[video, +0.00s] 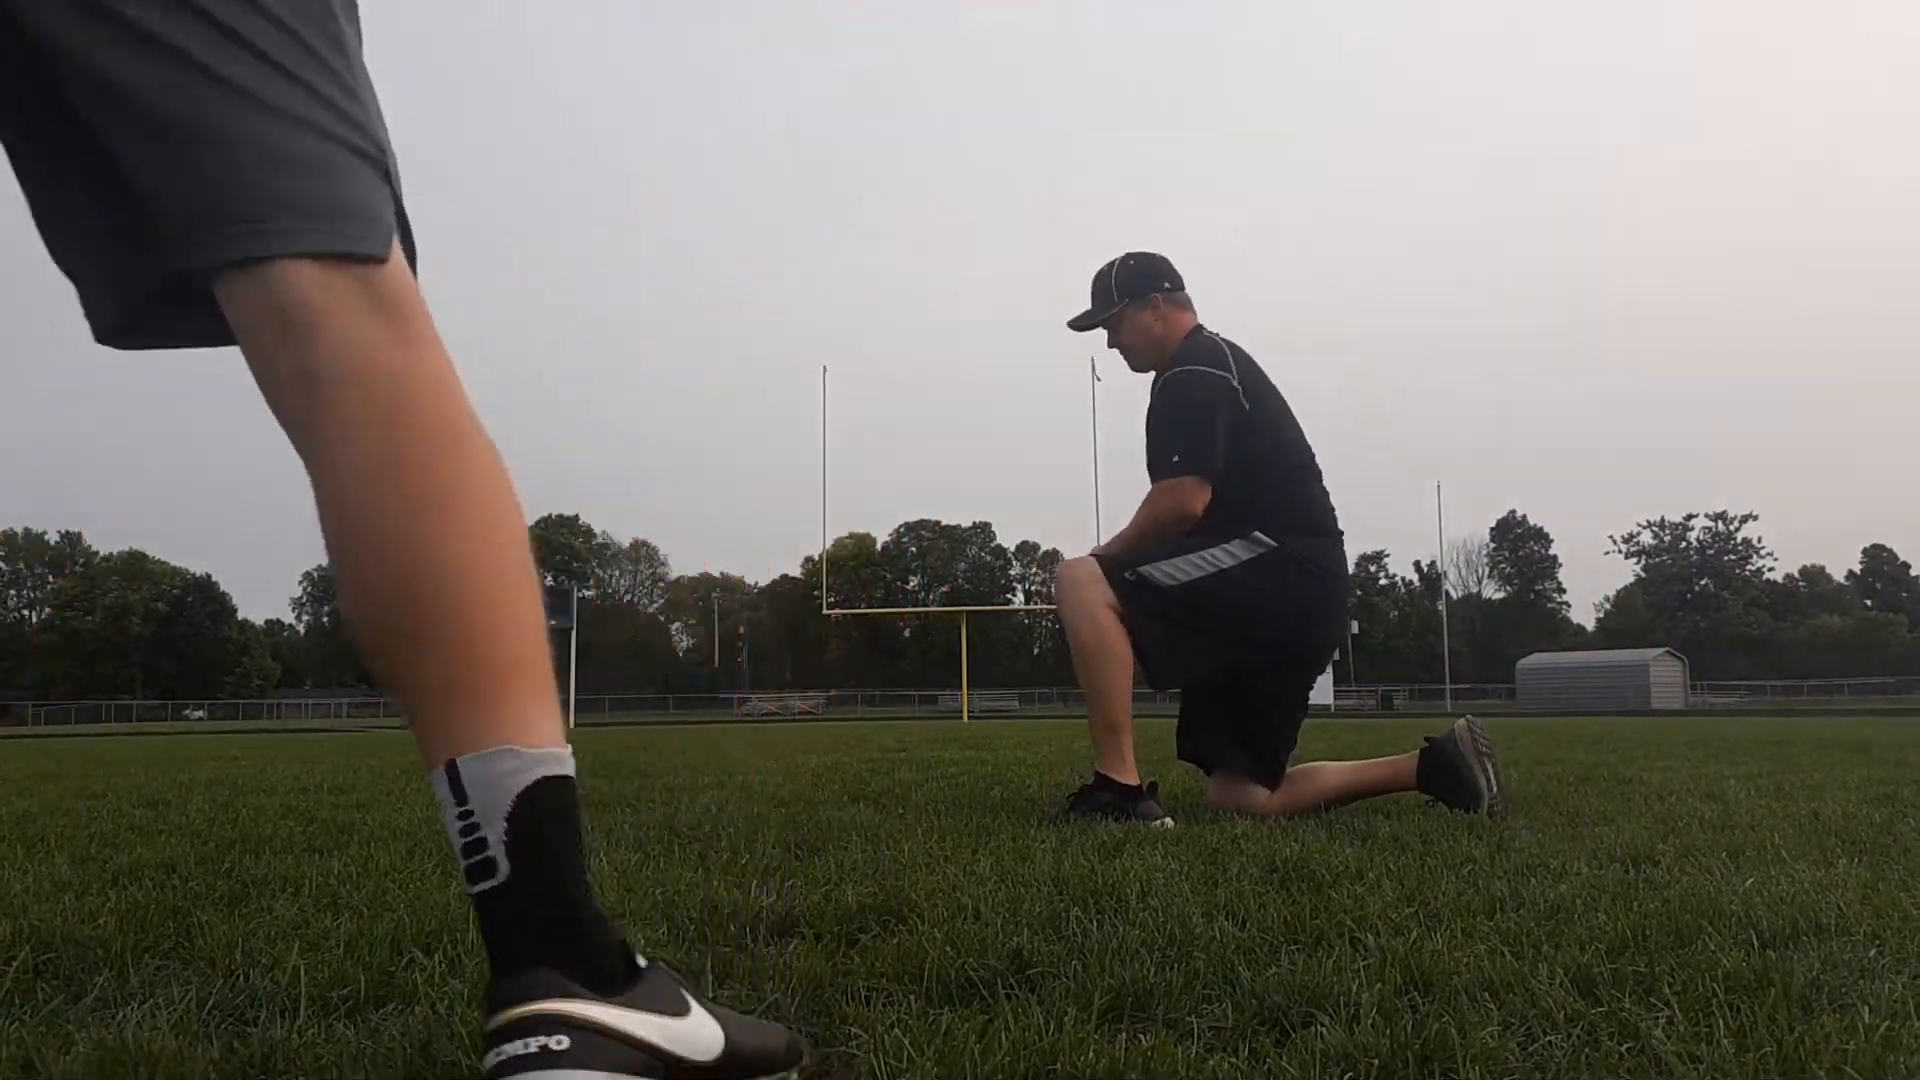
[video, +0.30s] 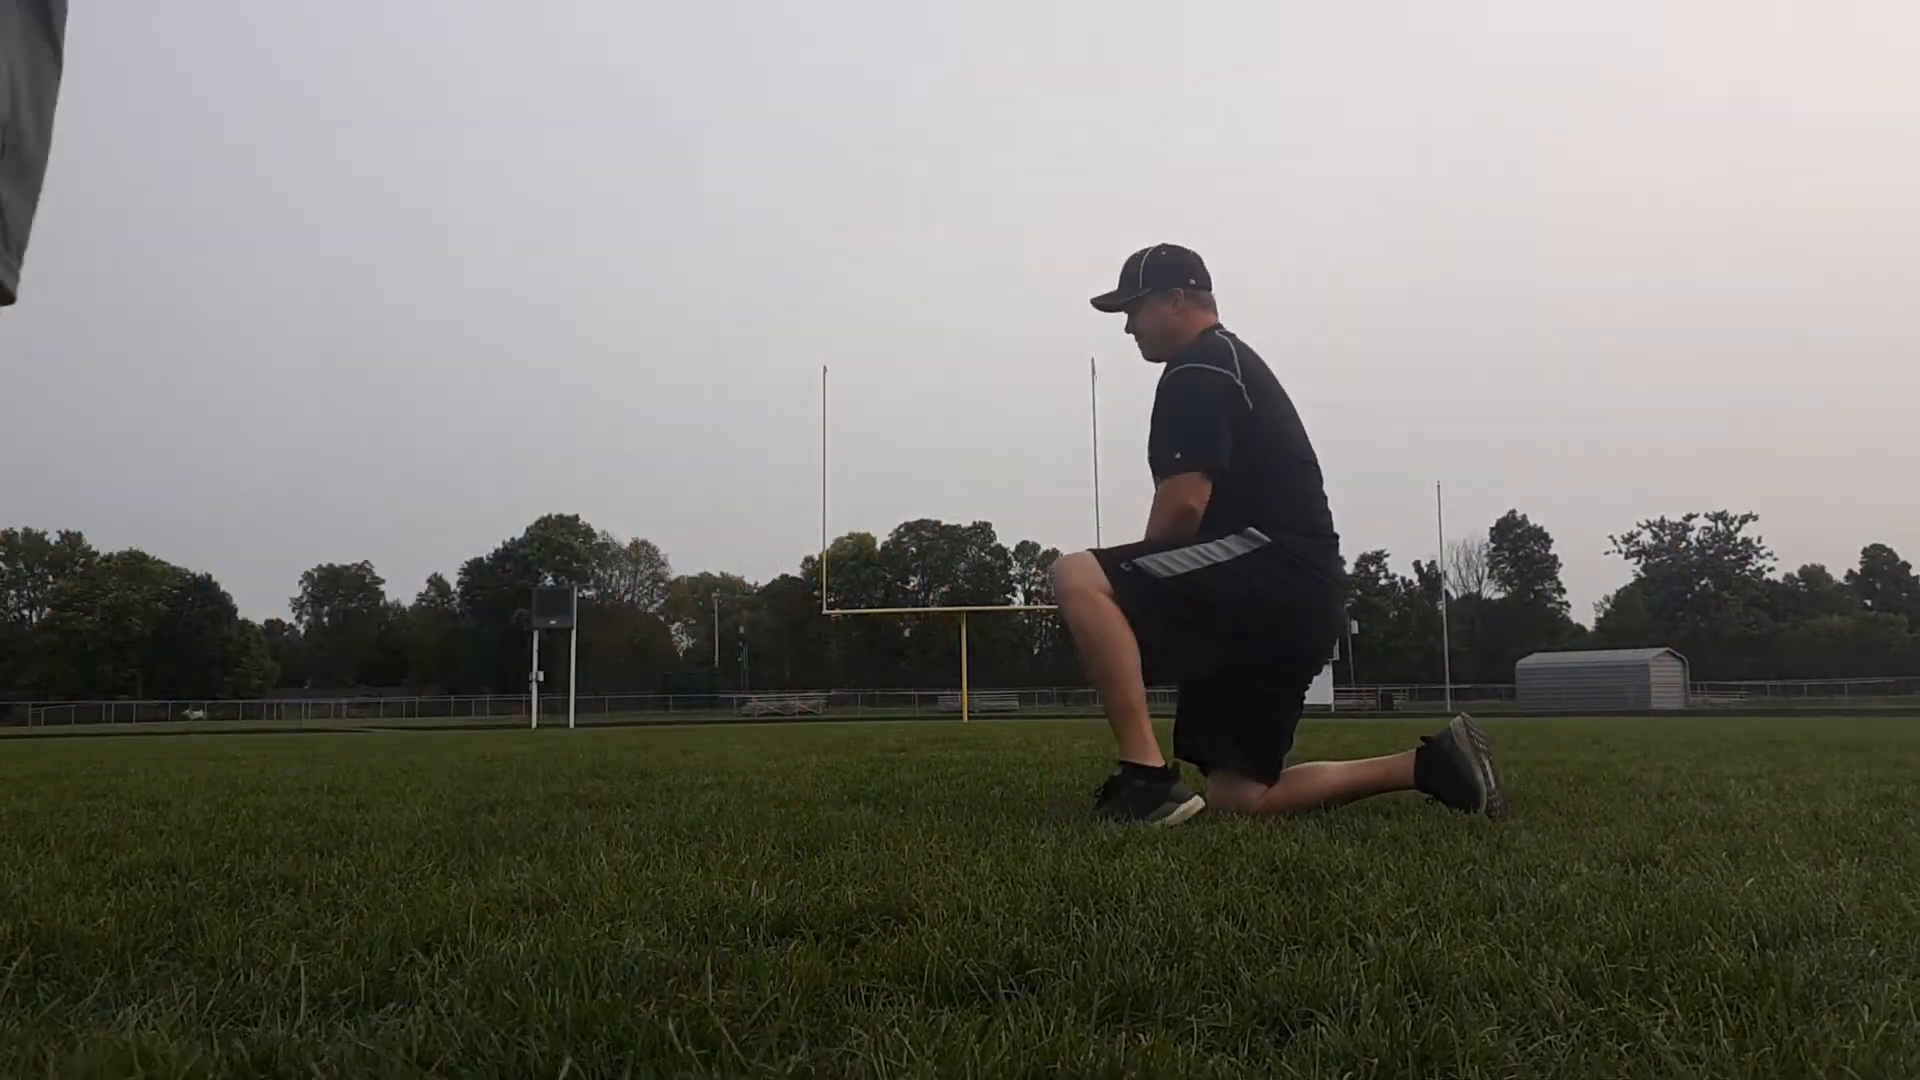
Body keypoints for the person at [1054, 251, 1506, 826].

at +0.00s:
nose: (1111, 343)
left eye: (1114, 325)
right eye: (1106, 330)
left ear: (1157, 307)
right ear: (1163, 308)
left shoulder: (1193, 370)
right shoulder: (1219, 364)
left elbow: (1182, 500)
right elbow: (1212, 509)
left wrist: (1104, 559)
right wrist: (1126, 566)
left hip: (1275, 566)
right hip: (1311, 589)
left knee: (1083, 582)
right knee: (1235, 796)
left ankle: (1120, 786)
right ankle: (1430, 767)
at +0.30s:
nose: (1128, 325)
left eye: (1135, 309)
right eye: (1127, 314)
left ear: (1179, 301)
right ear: (1187, 303)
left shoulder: (1200, 366)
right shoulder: (1232, 363)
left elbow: (1183, 500)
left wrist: (1140, 581)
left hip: (1270, 563)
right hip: (1305, 592)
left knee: (1081, 576)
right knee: (1235, 795)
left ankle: (1146, 776)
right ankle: (1427, 766)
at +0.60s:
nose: (1132, 319)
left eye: (1138, 303)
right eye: (1131, 307)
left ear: (1178, 298)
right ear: (1192, 299)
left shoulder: (1197, 365)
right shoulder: (1236, 363)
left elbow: (1176, 504)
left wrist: (1146, 601)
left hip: (1263, 567)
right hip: (1302, 586)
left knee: (1071, 588)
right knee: (1237, 794)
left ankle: (1166, 777)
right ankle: (1425, 768)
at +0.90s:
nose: (1140, 312)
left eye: (1147, 297)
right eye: (1140, 299)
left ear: (1188, 295)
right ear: (1201, 297)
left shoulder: (1200, 363)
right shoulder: (1248, 362)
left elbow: (1174, 504)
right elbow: (1247, 506)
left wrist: (1143, 600)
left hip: (1254, 571)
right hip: (1298, 592)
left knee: (1062, 591)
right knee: (1234, 794)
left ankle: (1164, 776)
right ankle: (1425, 769)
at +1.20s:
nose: (1139, 310)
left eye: (1147, 294)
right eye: (1139, 297)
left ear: (1187, 293)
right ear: (1200, 295)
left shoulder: (1199, 363)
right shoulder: (1248, 361)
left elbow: (1170, 507)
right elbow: (1246, 507)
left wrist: (1138, 600)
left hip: (1249, 570)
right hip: (1295, 591)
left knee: (1058, 593)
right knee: (1234, 793)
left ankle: (1163, 774)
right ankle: (1425, 768)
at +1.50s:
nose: (1137, 314)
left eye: (1142, 298)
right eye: (1135, 301)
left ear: (1182, 294)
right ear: (1198, 295)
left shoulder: (1197, 364)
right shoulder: (1246, 362)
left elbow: (1166, 509)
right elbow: (1242, 509)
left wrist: (1137, 604)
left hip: (1248, 572)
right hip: (1294, 593)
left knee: (1056, 593)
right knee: (1234, 794)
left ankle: (1163, 775)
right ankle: (1426, 768)